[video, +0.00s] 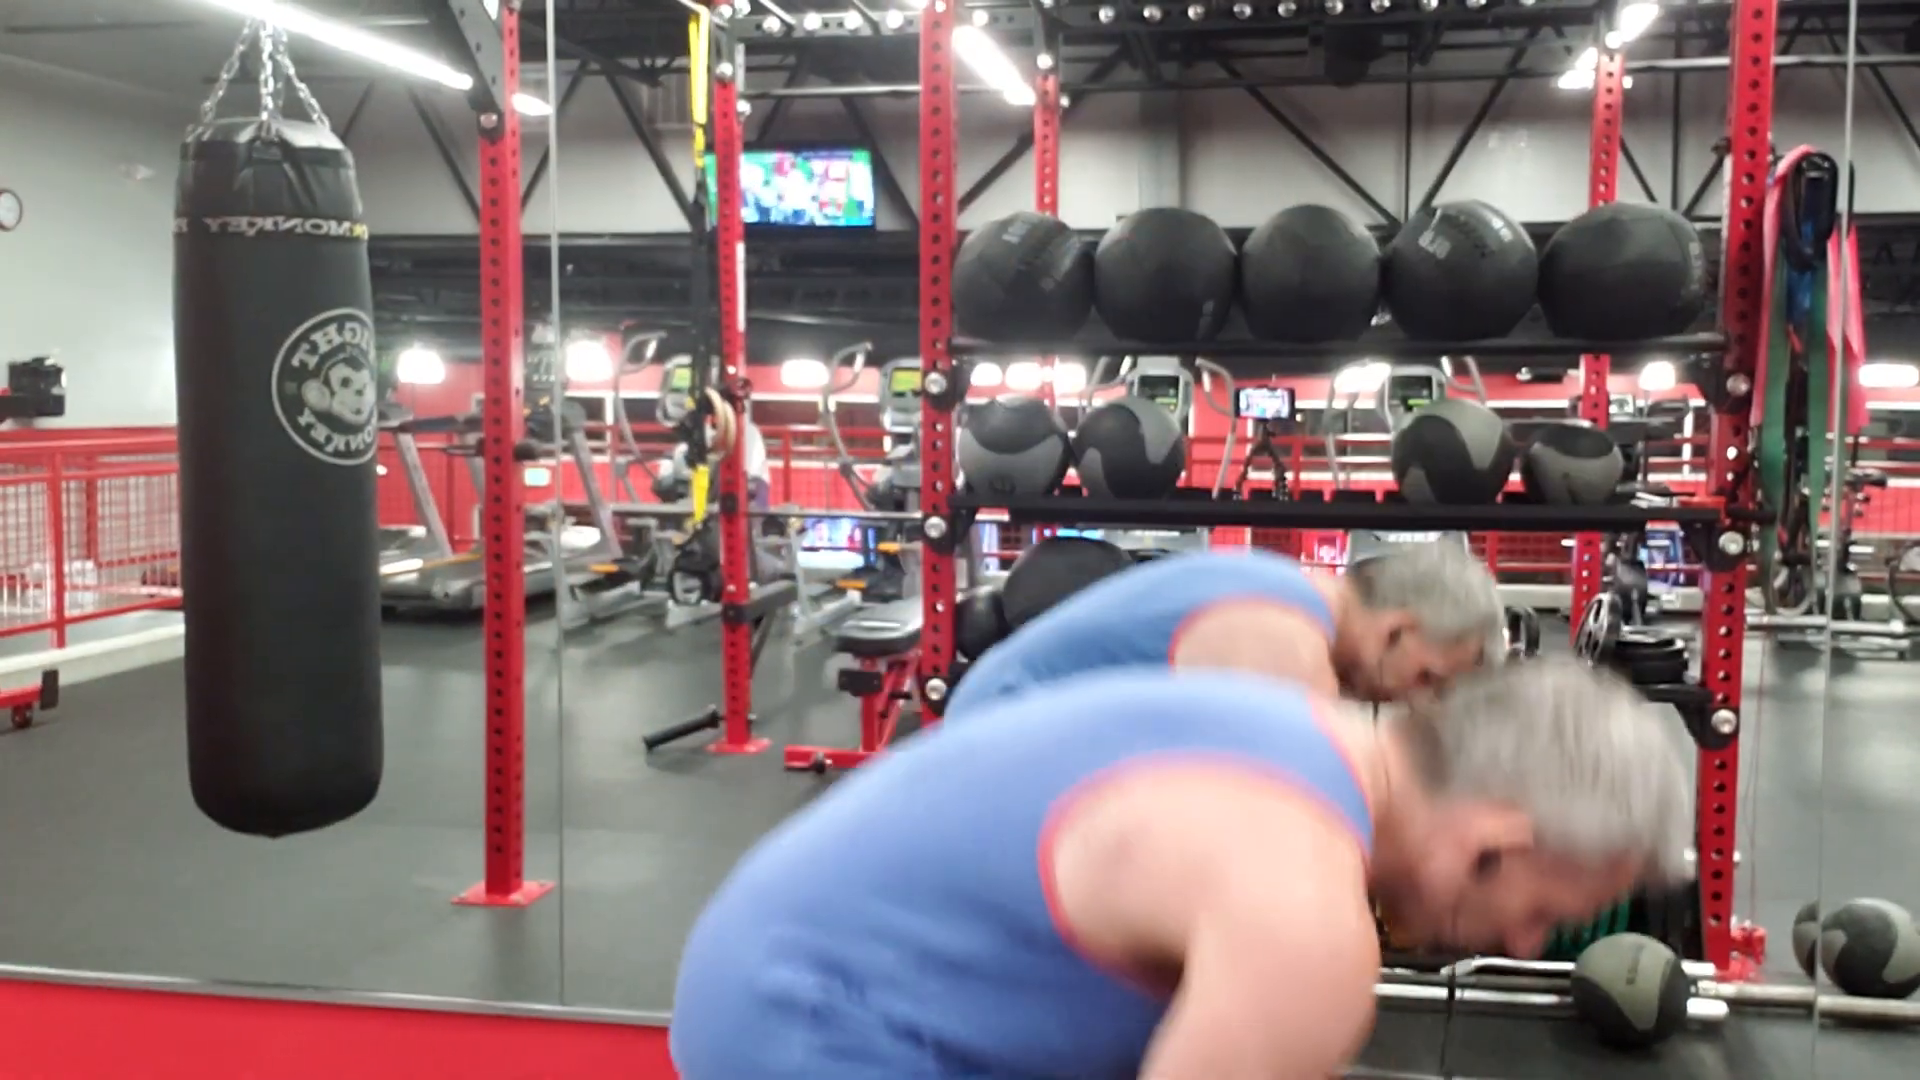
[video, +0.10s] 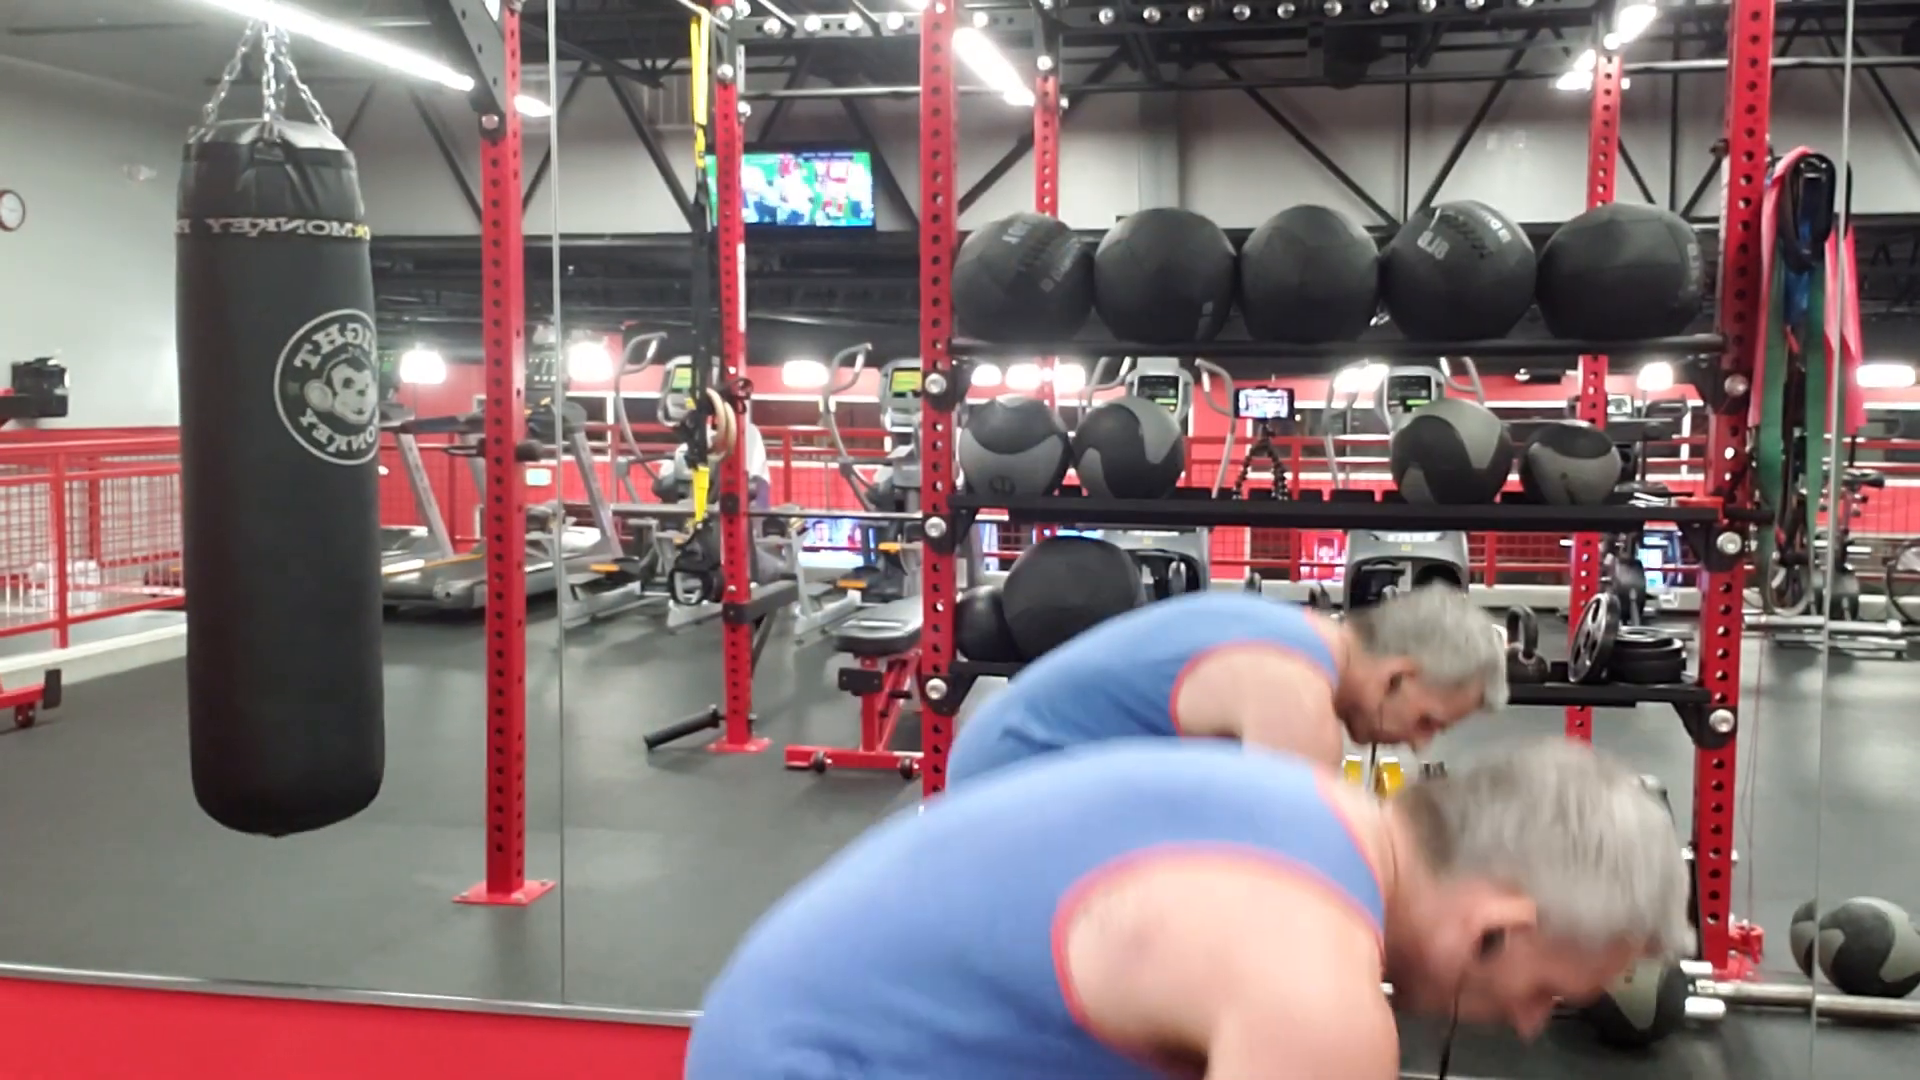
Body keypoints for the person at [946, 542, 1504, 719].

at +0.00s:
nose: (1416, 700)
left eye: (1434, 689)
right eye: (1425, 679)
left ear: (1395, 617)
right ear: (1396, 627)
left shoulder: (1295, 603)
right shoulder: (1277, 634)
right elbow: (1285, 807)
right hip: (998, 731)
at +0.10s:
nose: (1419, 745)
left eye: (1435, 733)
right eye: (1425, 725)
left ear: (1397, 663)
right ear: (1397, 675)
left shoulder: (1303, 644)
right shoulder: (1289, 692)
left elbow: (1308, 840)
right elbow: (1304, 866)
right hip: (1013, 768)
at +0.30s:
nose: (1424, 807)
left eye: (1439, 795)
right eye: (1430, 786)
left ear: (1398, 723)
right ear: (1400, 739)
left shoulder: (1307, 703)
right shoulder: (1301, 764)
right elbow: (1286, 950)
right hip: (1030, 852)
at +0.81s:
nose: (1430, 740)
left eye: (1442, 725)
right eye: (1434, 719)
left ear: (1392, 672)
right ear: (1396, 682)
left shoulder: (1293, 665)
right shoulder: (1286, 712)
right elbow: (1300, 891)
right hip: (1027, 822)